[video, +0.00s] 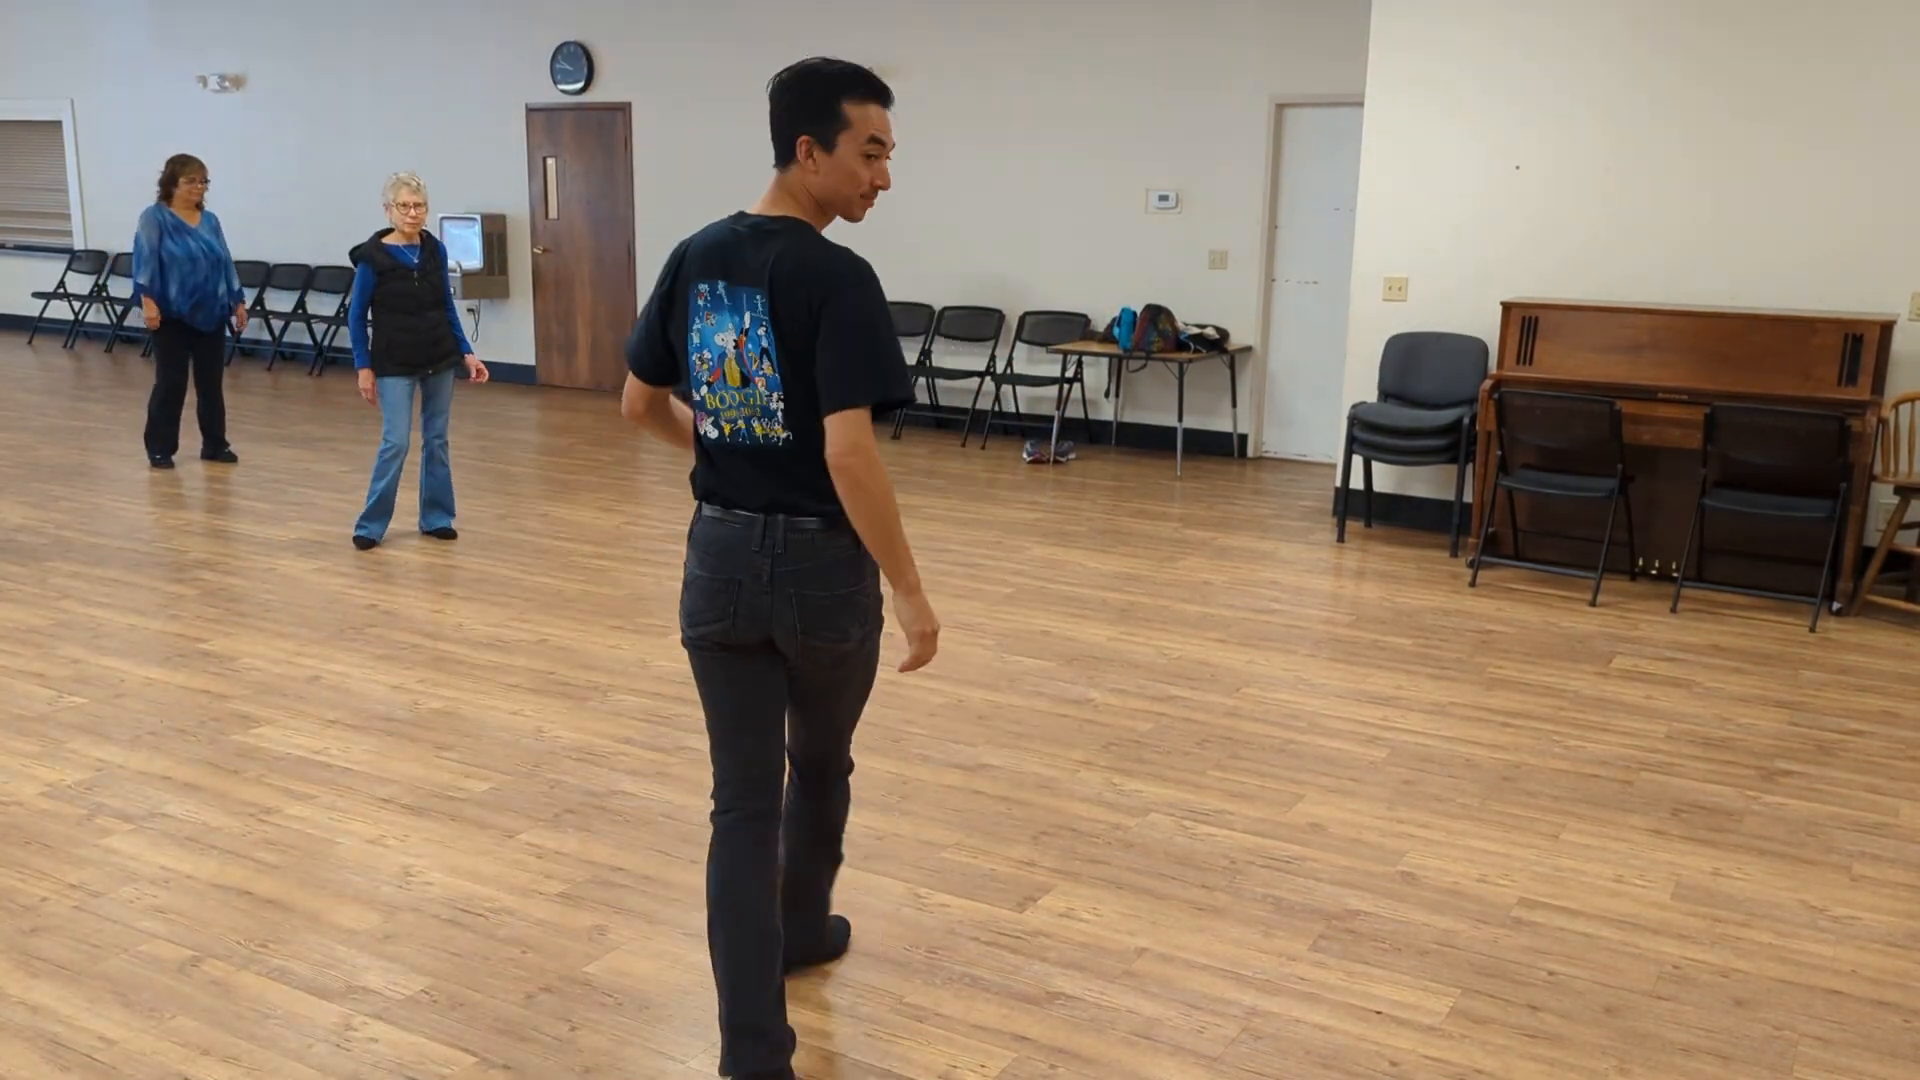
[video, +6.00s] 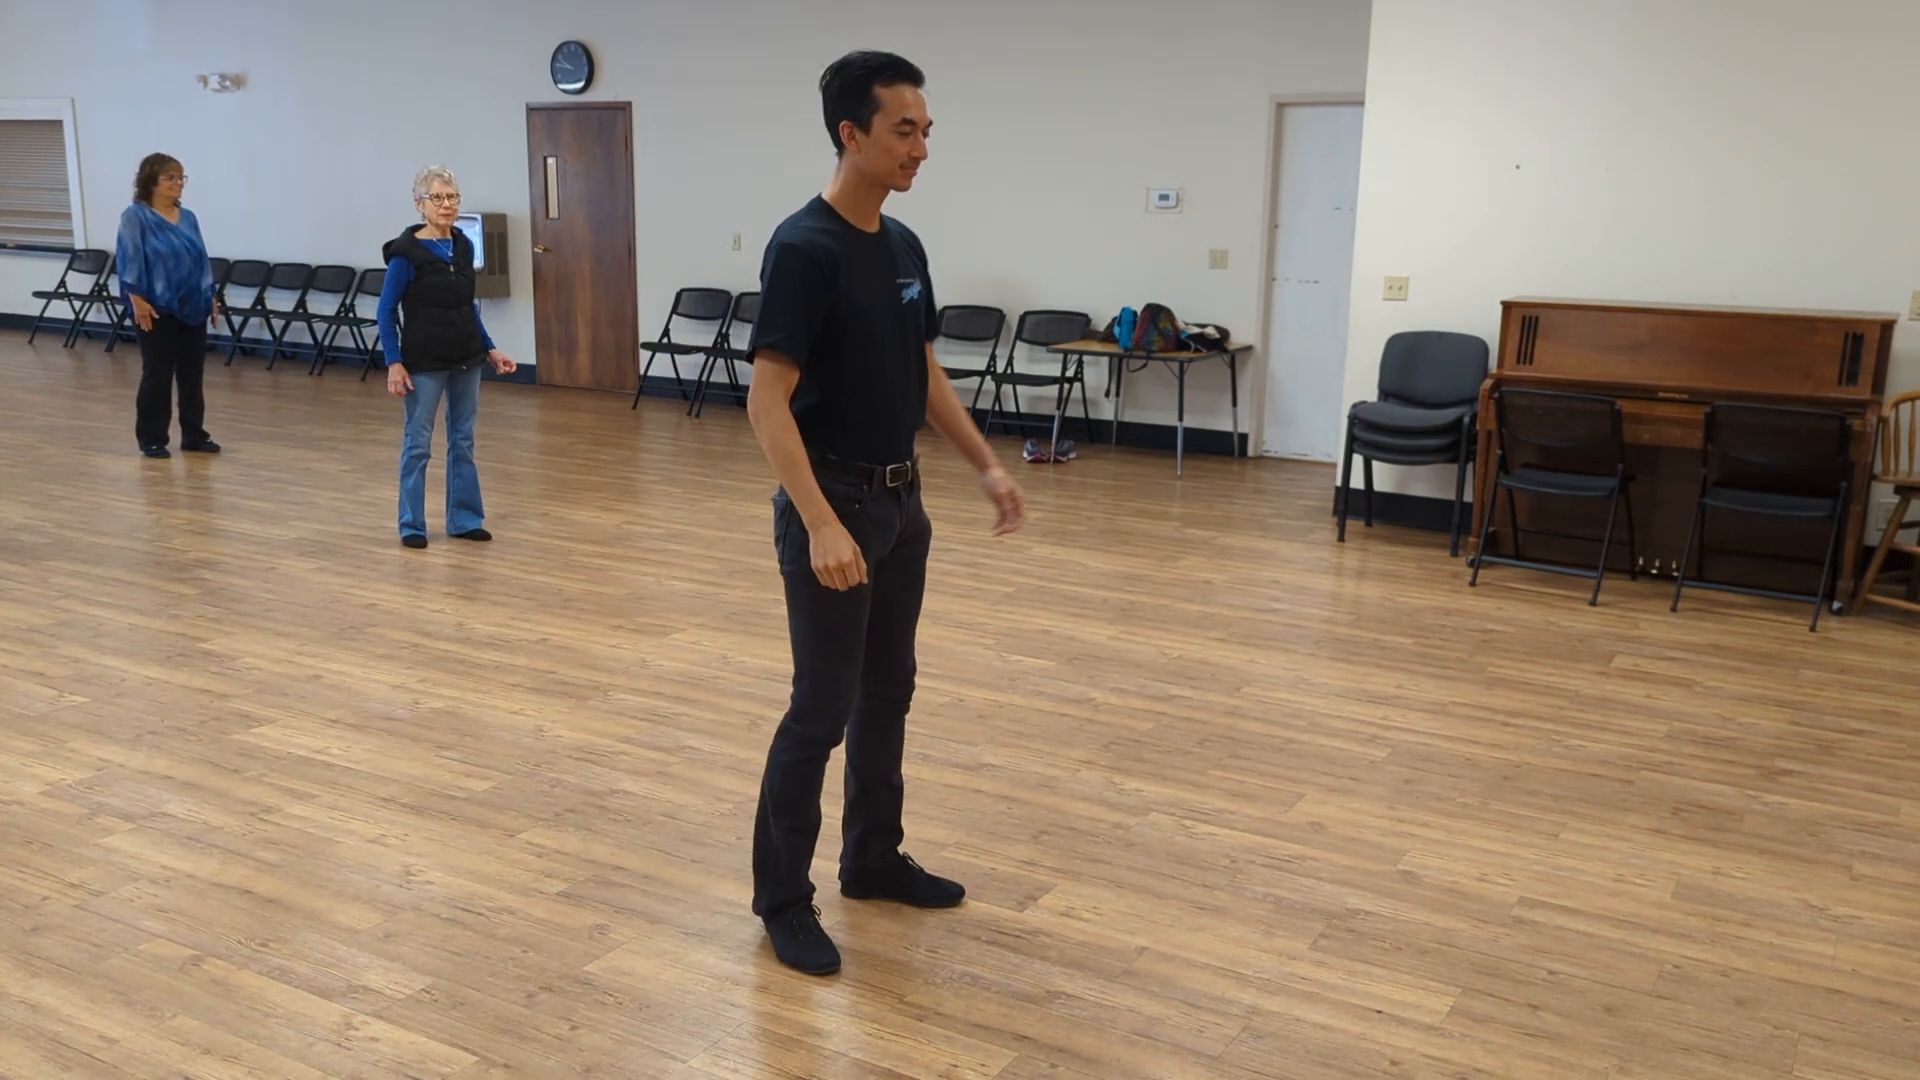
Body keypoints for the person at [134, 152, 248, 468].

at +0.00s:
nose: (201, 187)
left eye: (203, 181)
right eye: (193, 181)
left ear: (205, 184)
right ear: (174, 183)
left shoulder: (209, 220)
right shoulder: (154, 217)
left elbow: (226, 263)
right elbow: (144, 263)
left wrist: (237, 301)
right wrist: (148, 301)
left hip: (210, 314)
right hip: (171, 314)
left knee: (211, 383)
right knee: (171, 384)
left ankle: (215, 445)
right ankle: (160, 451)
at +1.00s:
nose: (154, 184)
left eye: (159, 179)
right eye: (146, 179)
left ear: (167, 183)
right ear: (133, 184)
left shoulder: (178, 217)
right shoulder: (120, 217)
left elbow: (195, 260)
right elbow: (110, 263)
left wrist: (201, 298)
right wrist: (115, 301)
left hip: (183, 310)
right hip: (143, 312)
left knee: (195, 378)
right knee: (150, 379)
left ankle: (211, 441)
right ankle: (152, 441)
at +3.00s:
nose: (166, 183)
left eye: (172, 178)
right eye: (159, 178)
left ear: (180, 183)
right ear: (147, 183)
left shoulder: (189, 218)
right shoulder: (134, 216)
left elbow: (204, 261)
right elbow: (128, 262)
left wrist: (214, 296)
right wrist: (134, 298)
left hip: (192, 308)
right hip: (155, 308)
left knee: (192, 375)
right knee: (157, 375)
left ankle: (193, 436)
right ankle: (152, 440)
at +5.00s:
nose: (182, 185)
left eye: (185, 180)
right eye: (175, 179)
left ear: (186, 183)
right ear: (156, 182)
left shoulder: (190, 217)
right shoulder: (137, 216)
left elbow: (205, 261)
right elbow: (133, 262)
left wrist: (216, 296)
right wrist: (143, 298)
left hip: (194, 308)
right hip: (158, 308)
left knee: (193, 374)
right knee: (159, 374)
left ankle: (193, 435)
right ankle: (152, 440)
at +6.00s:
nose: (179, 183)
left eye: (181, 178)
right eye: (171, 178)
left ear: (182, 182)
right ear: (152, 181)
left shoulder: (187, 216)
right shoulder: (135, 216)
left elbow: (201, 261)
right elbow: (130, 263)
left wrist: (211, 295)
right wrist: (137, 299)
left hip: (193, 307)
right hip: (157, 307)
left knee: (192, 375)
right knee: (158, 375)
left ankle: (194, 436)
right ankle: (152, 440)